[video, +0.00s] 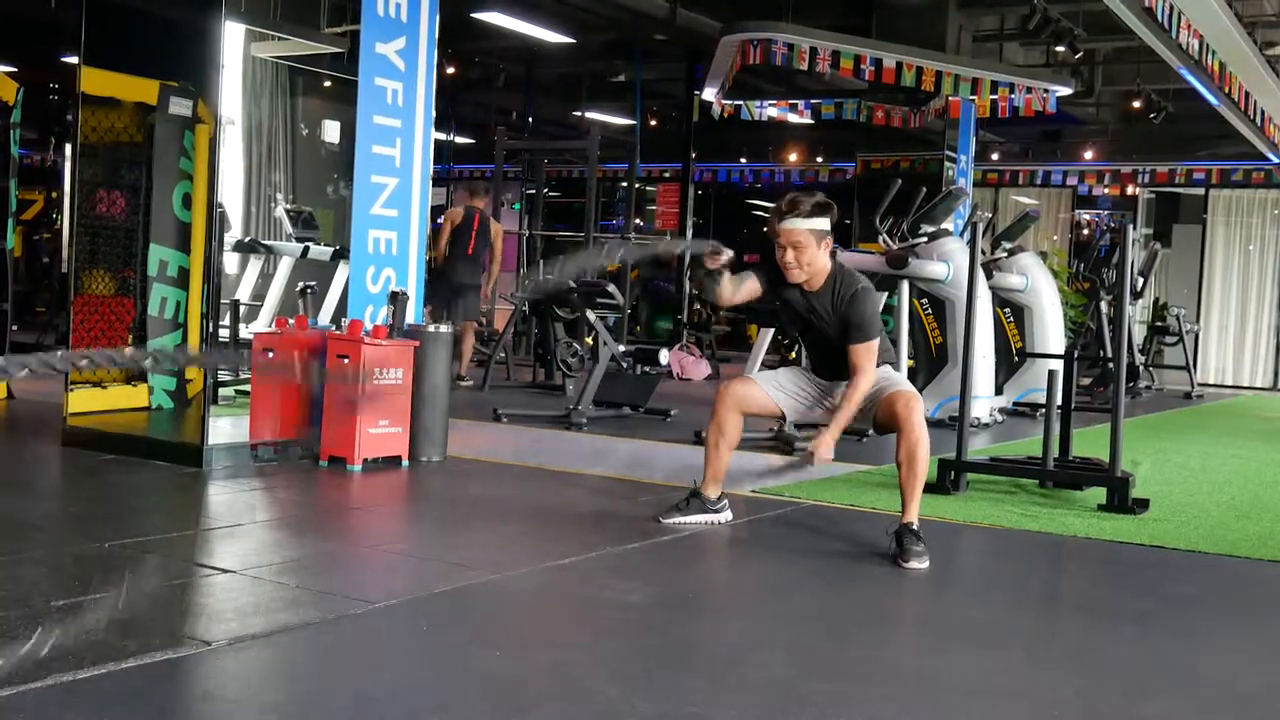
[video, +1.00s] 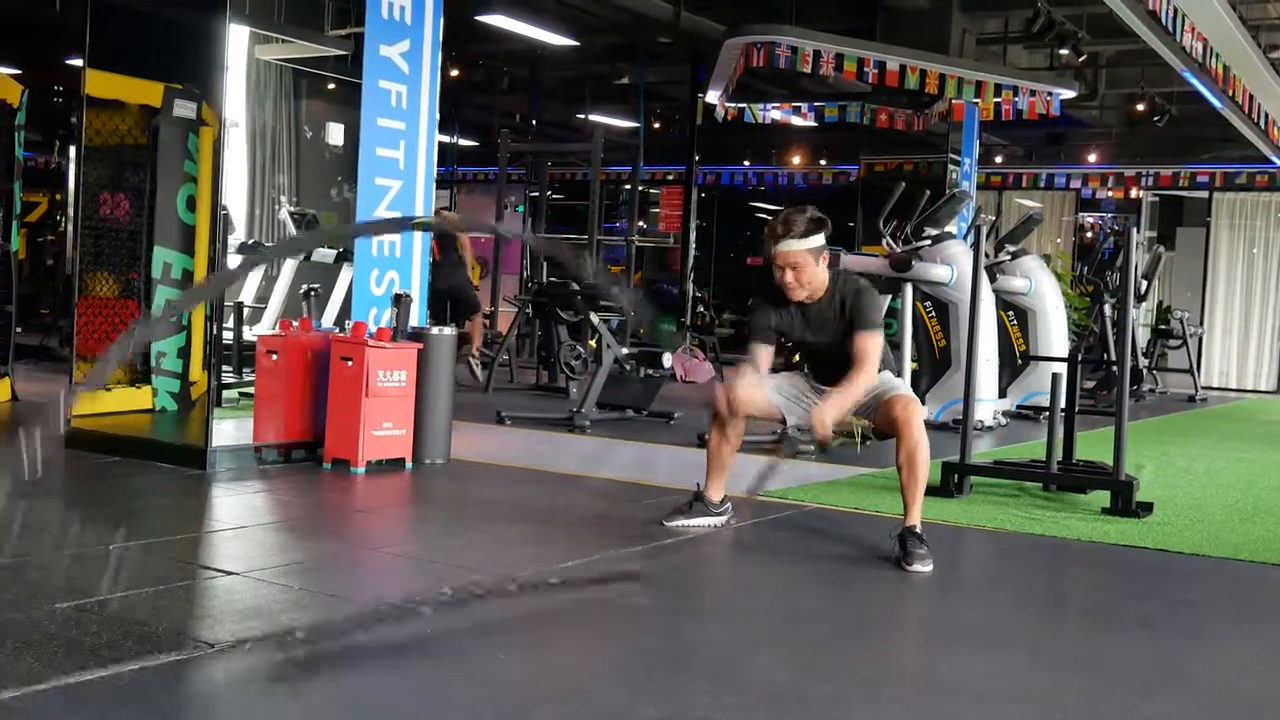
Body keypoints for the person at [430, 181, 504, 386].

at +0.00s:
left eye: (470, 195)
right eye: (484, 199)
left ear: (468, 195)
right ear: (487, 199)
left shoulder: (453, 214)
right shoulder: (494, 226)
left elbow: (440, 246)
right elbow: (496, 260)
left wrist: (440, 268)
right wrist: (489, 286)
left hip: (447, 278)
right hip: (471, 282)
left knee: (438, 323)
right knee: (468, 329)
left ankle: (435, 371)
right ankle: (462, 374)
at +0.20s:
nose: (466, 197)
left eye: (467, 194)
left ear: (470, 195)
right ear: (488, 198)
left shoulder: (456, 215)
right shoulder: (497, 226)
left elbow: (444, 246)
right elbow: (497, 260)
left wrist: (440, 265)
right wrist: (487, 284)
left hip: (448, 277)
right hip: (472, 282)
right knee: (468, 329)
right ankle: (462, 374)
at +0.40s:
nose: (464, 197)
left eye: (465, 194)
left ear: (469, 195)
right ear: (486, 199)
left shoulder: (455, 215)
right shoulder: (496, 226)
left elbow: (443, 247)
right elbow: (495, 258)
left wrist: (440, 266)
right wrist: (483, 280)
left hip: (450, 275)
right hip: (474, 279)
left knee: (439, 324)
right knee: (467, 328)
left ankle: (435, 371)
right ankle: (462, 374)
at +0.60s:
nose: (456, 198)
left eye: (457, 195)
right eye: (459, 195)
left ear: (460, 196)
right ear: (478, 199)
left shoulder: (446, 218)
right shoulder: (490, 226)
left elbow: (437, 250)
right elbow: (492, 258)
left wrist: (437, 270)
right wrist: (480, 281)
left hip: (442, 282)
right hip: (468, 286)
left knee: (437, 328)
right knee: (466, 330)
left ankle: (435, 373)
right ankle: (462, 373)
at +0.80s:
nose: (454, 203)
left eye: (449, 199)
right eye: (458, 199)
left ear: (442, 200)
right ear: (459, 200)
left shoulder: (432, 223)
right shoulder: (470, 223)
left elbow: (424, 252)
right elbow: (481, 253)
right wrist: (478, 274)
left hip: (438, 281)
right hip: (463, 281)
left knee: (435, 328)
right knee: (465, 327)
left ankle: (434, 372)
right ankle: (463, 371)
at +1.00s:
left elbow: (424, 261)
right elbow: (467, 257)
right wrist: (470, 276)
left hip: (436, 284)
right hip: (458, 282)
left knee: (438, 326)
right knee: (476, 314)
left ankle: (439, 366)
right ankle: (475, 351)